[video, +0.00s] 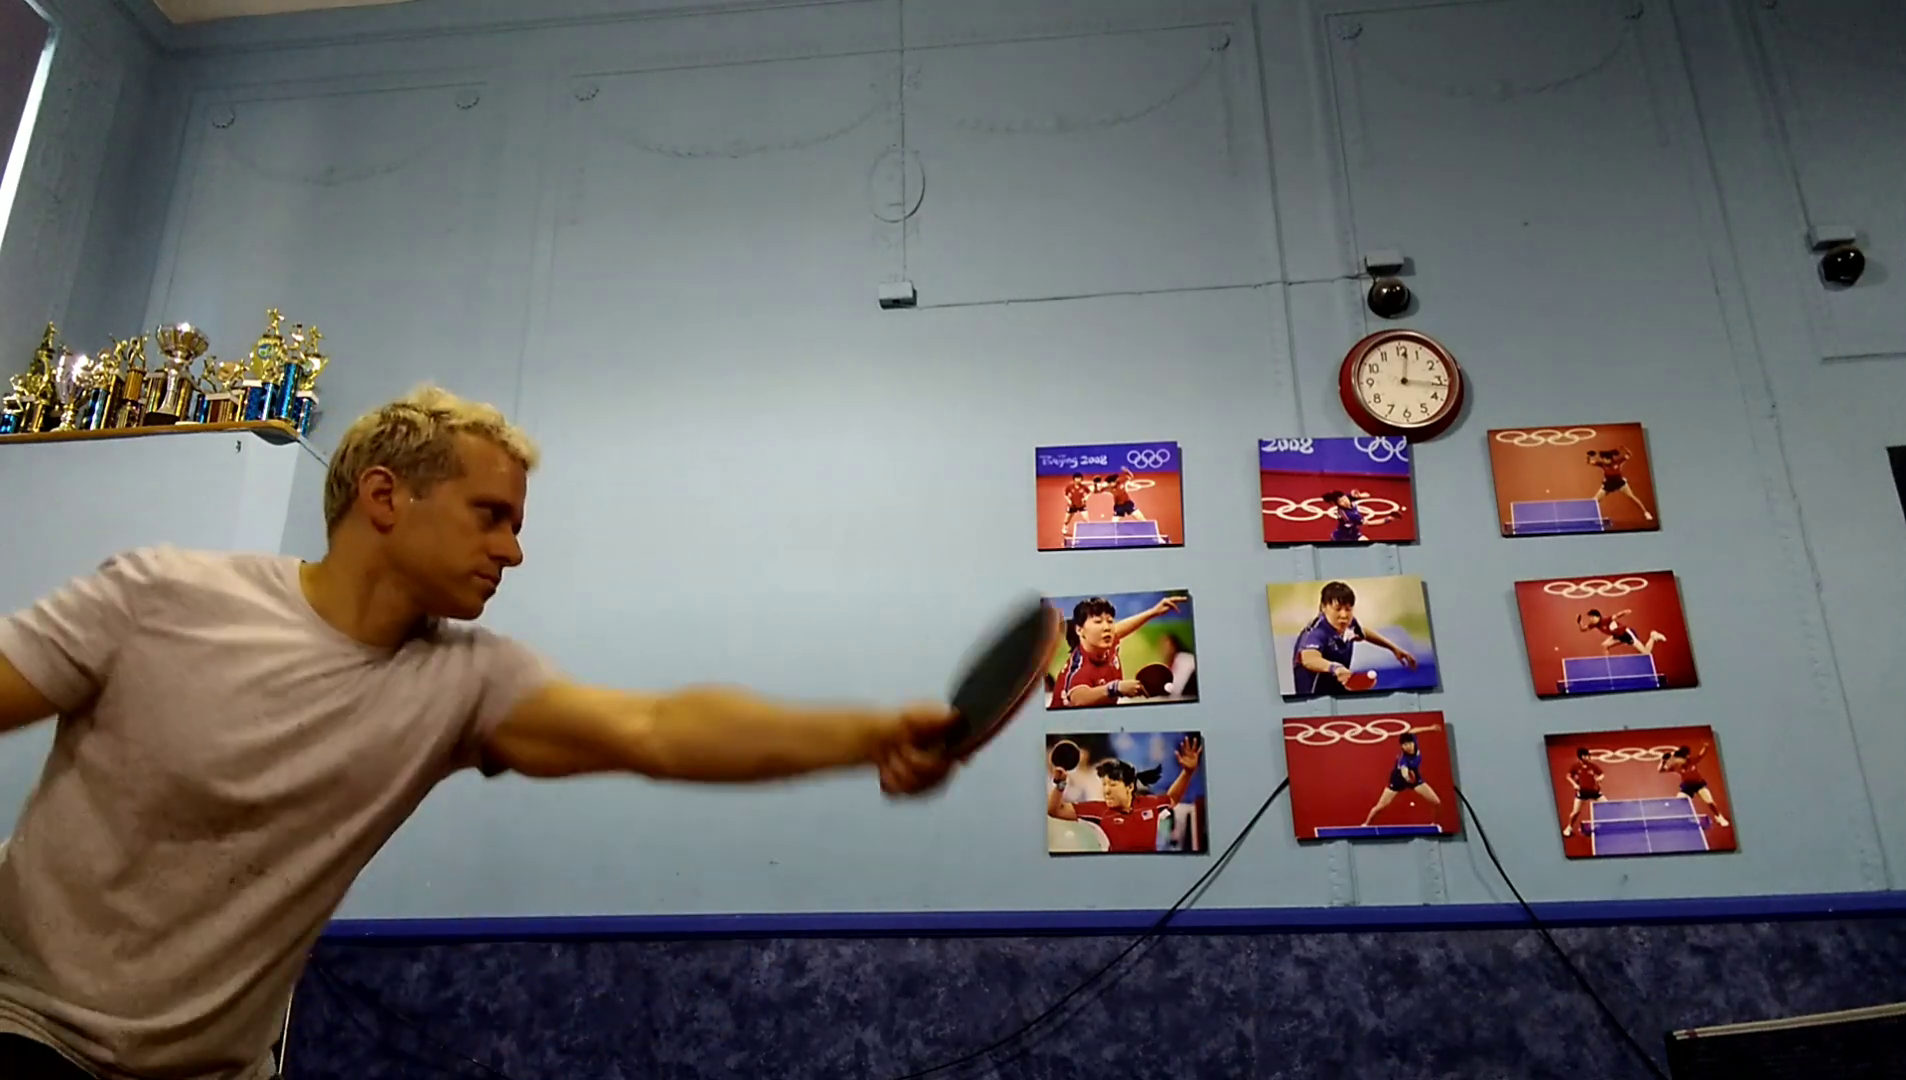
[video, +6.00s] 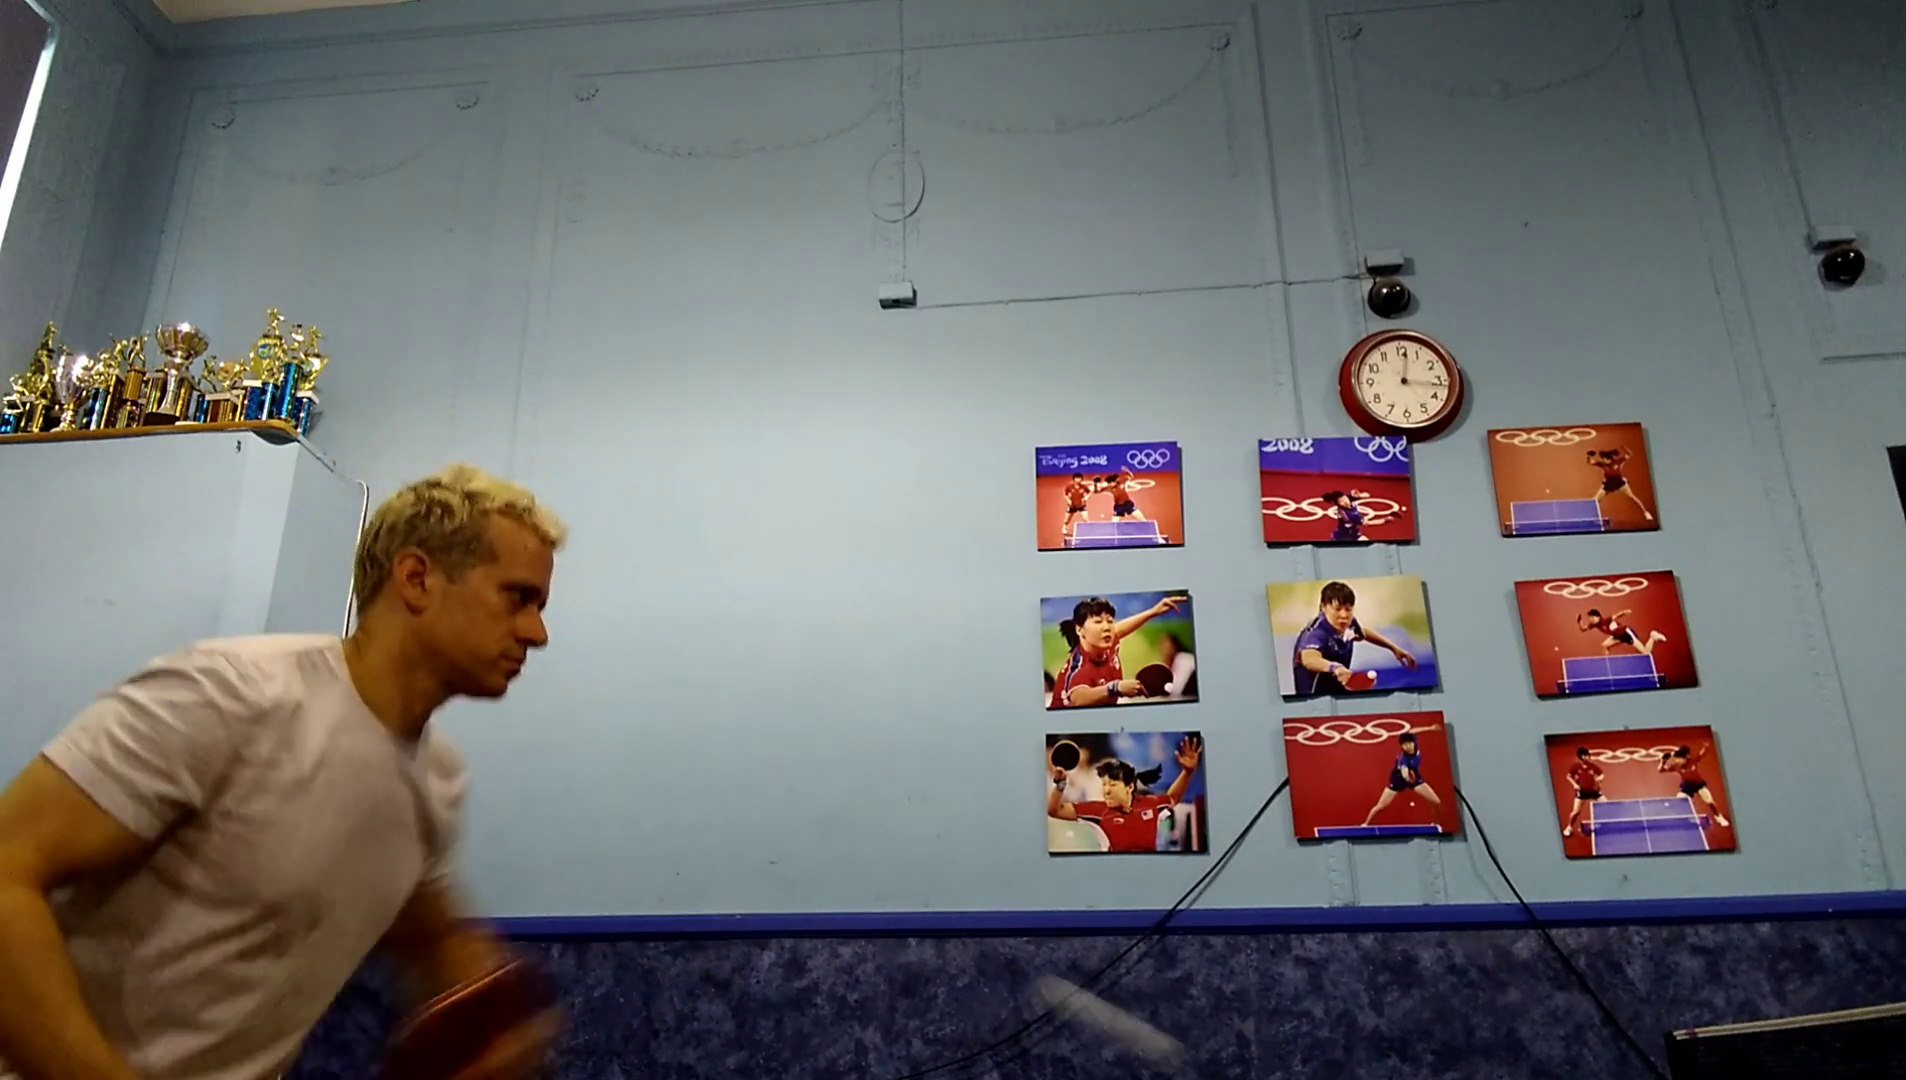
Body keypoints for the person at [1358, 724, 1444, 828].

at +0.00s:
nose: (1408, 747)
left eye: (1409, 744)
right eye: (1405, 745)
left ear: (1413, 743)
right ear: (1402, 746)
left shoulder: (1416, 747)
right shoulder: (1403, 759)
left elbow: (1414, 731)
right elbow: (1404, 771)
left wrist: (1431, 728)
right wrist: (1409, 778)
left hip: (1415, 779)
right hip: (1398, 781)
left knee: (1436, 802)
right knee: (1381, 805)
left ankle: (1434, 823)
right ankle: (1366, 823)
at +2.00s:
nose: (1408, 747)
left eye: (1409, 744)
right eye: (1405, 745)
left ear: (1413, 743)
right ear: (1402, 746)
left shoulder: (1416, 747)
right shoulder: (1403, 758)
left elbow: (1413, 731)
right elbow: (1404, 771)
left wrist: (1431, 728)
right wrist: (1409, 779)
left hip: (1415, 780)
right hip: (1398, 781)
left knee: (1436, 801)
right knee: (1380, 806)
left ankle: (1434, 823)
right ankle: (1366, 823)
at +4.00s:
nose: (1408, 747)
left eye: (1409, 744)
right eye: (1405, 745)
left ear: (1414, 743)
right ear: (1402, 746)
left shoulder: (1416, 748)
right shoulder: (1403, 758)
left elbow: (1414, 731)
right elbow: (1404, 771)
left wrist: (1431, 728)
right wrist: (1409, 779)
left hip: (1414, 779)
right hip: (1398, 781)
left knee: (1436, 802)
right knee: (1380, 806)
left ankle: (1435, 823)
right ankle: (1366, 823)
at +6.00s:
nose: (1408, 747)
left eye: (1409, 744)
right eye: (1405, 745)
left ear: (1414, 743)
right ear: (1402, 746)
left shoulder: (1416, 748)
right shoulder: (1403, 758)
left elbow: (1413, 731)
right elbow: (1404, 771)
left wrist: (1431, 728)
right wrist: (1409, 778)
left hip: (1415, 779)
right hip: (1398, 781)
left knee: (1436, 801)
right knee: (1381, 806)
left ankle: (1435, 823)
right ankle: (1366, 823)